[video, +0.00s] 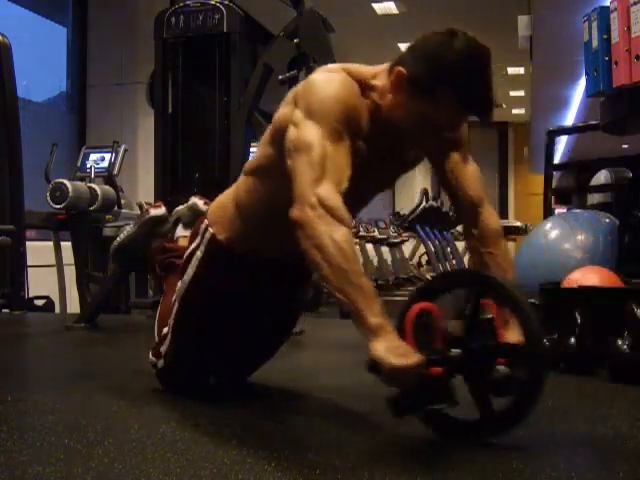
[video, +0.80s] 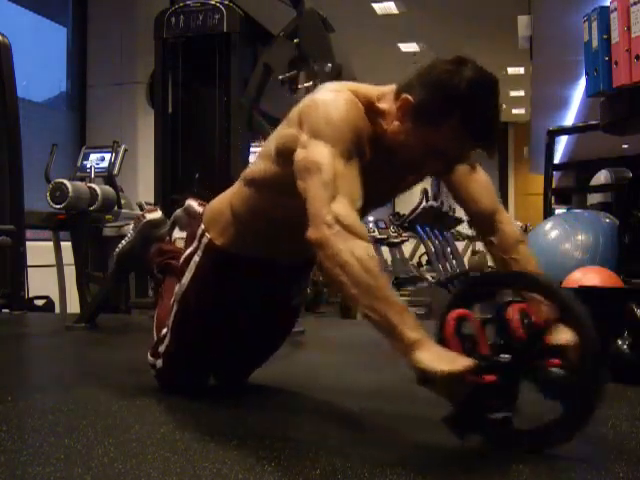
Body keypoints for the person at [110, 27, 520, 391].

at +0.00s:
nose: (438, 142)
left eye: (447, 131)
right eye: (432, 125)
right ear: (395, 86)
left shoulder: (438, 118)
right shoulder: (329, 93)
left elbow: (479, 220)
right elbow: (314, 213)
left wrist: (509, 316)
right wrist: (379, 332)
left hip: (290, 267)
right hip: (229, 253)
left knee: (228, 376)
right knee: (177, 374)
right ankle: (169, 252)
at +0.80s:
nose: (436, 173)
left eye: (449, 161)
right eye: (433, 155)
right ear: (400, 112)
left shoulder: (437, 131)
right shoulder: (332, 113)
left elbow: (494, 222)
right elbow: (332, 233)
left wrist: (548, 312)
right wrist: (417, 344)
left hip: (288, 270)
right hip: (227, 260)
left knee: (228, 377)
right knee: (177, 377)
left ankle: (197, 234)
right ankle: (167, 249)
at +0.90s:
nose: (453, 192)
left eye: (464, 184)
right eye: (453, 179)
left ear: (477, 161)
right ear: (424, 136)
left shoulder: (457, 153)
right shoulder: (351, 131)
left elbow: (528, 237)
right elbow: (366, 254)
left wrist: (594, 316)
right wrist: (469, 359)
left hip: (296, 281)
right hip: (235, 272)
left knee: (228, 377)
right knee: (177, 375)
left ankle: (203, 240)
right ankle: (173, 252)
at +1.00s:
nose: (475, 220)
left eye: (488, 214)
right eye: (476, 208)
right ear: (452, 167)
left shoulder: (467, 166)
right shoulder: (376, 156)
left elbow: (547, 240)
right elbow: (404, 279)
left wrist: (608, 297)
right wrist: (522, 374)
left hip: (300, 296)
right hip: (244, 283)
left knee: (231, 375)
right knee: (180, 375)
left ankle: (206, 243)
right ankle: (182, 257)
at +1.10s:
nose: (495, 254)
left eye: (509, 248)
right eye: (499, 241)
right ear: (473, 199)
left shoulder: (490, 183)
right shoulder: (401, 181)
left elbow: (583, 261)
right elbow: (446, 303)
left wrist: (638, 300)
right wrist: (581, 387)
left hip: (309, 302)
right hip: (256, 292)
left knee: (239, 377)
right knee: (180, 372)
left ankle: (215, 263)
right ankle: (182, 259)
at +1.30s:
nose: (547, 302)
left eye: (562, 295)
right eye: (551, 291)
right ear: (520, 247)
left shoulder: (522, 214)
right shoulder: (447, 229)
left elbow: (617, 284)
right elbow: (515, 336)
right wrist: (636, 386)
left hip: (319, 318)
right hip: (275, 310)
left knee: (244, 375)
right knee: (184, 367)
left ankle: (219, 259)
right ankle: (198, 253)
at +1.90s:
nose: (510, 248)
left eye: (523, 241)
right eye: (514, 234)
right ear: (488, 191)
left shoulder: (502, 187)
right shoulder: (412, 179)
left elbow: (608, 261)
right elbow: (458, 295)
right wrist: (600, 373)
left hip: (311, 311)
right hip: (258, 300)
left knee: (237, 375)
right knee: (184, 372)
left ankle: (237, 256)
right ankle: (200, 262)